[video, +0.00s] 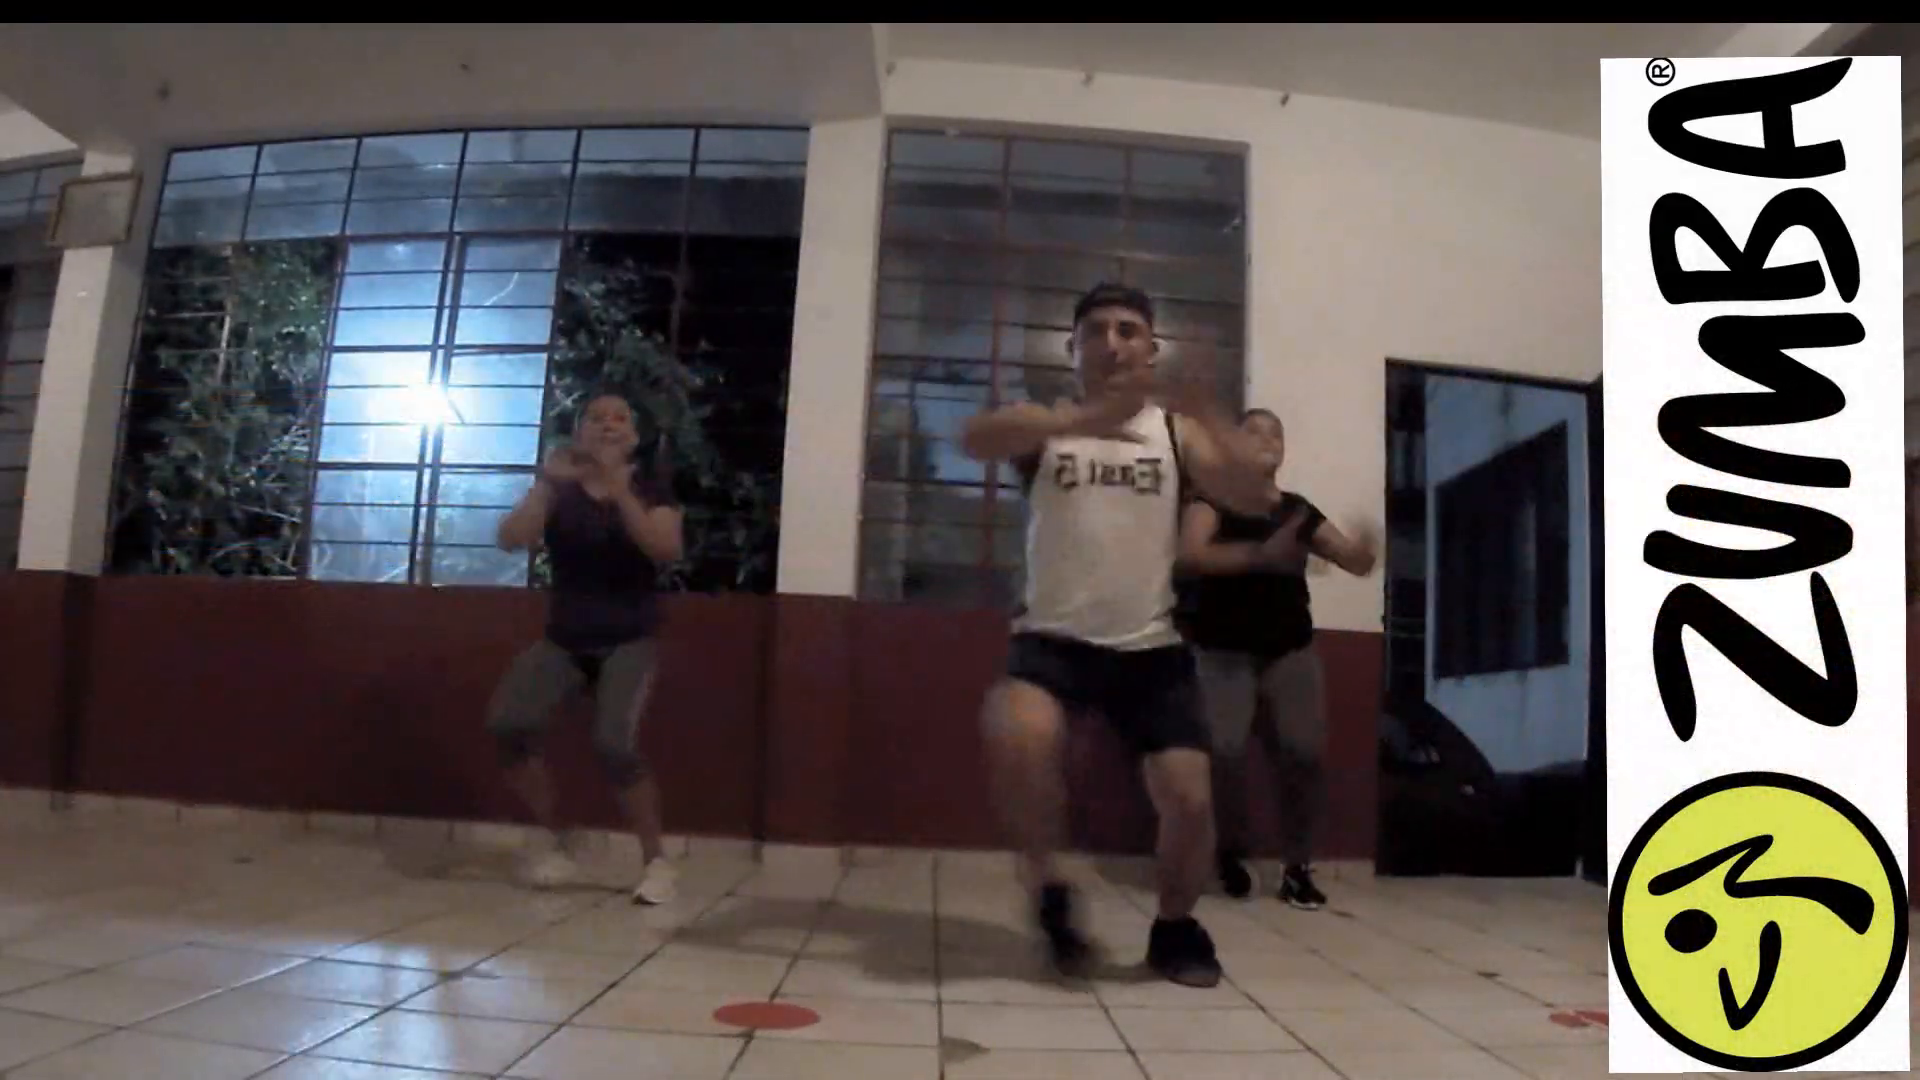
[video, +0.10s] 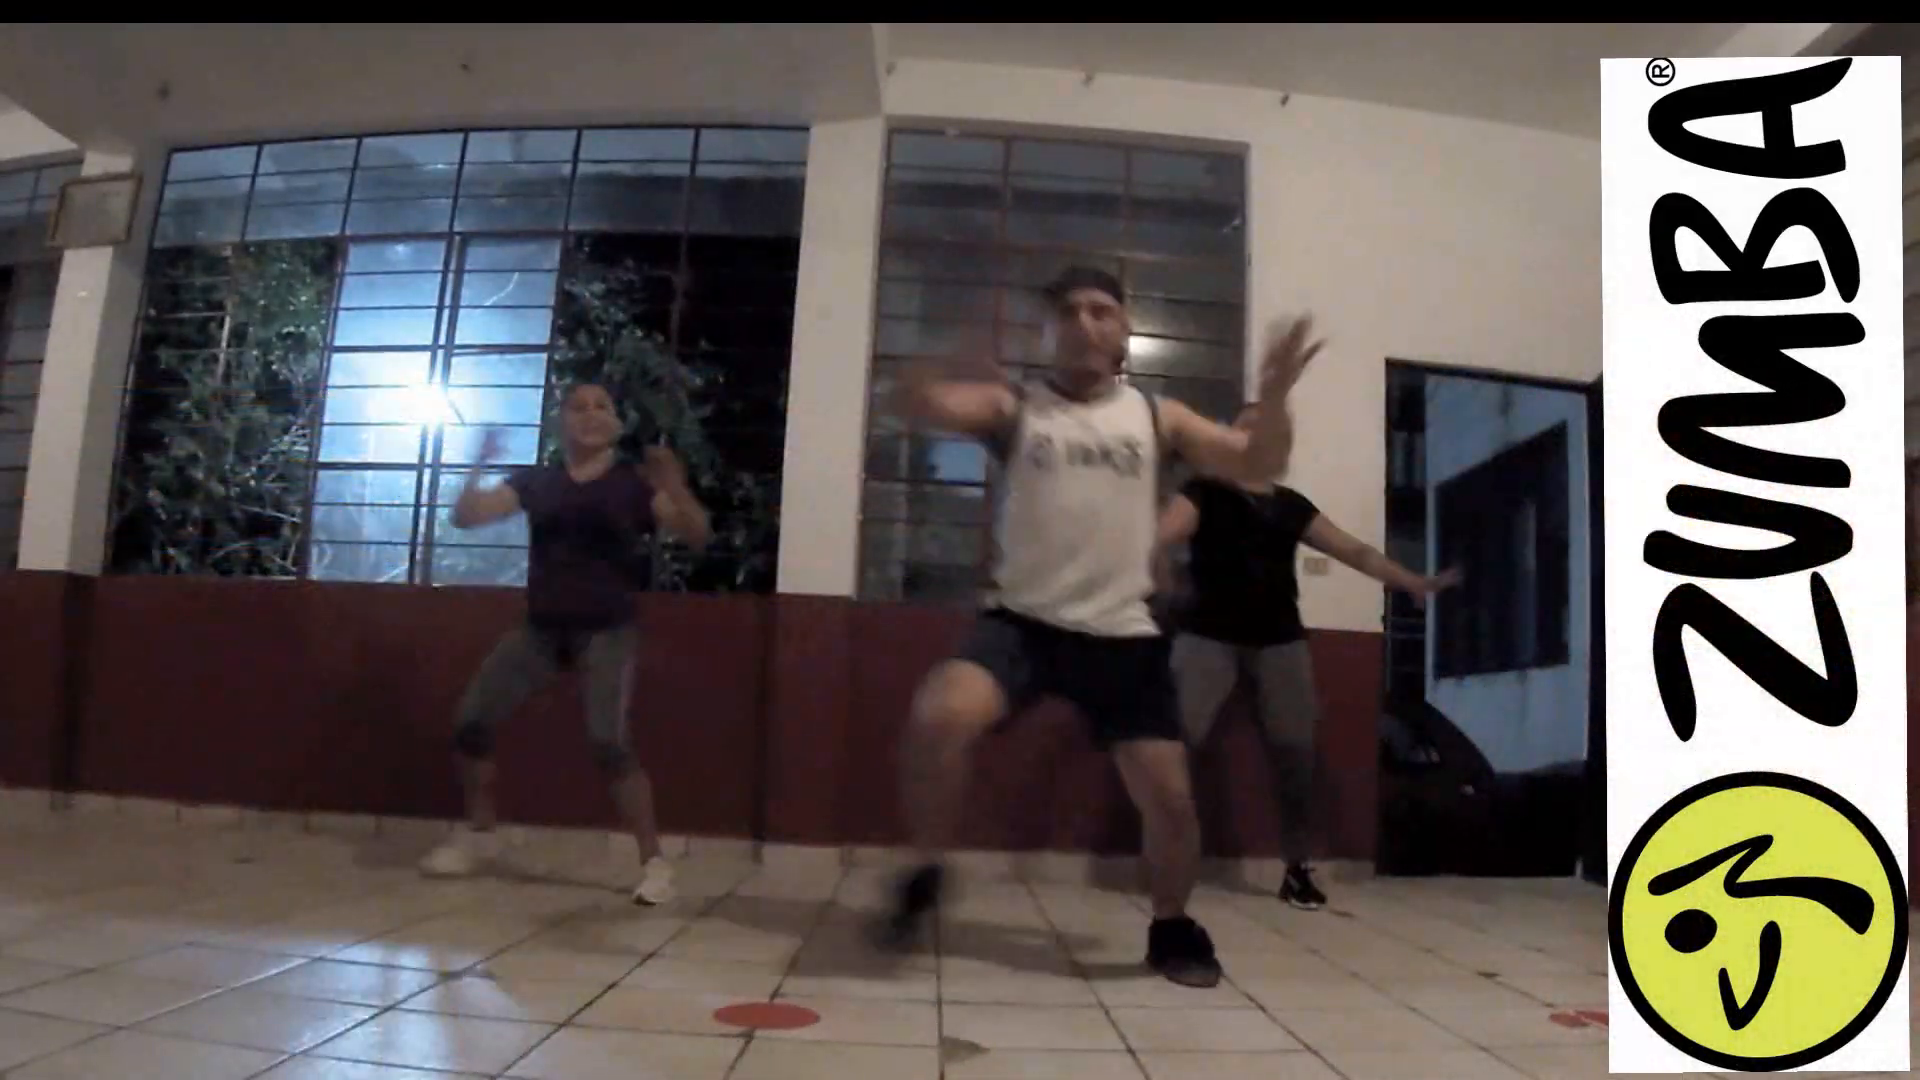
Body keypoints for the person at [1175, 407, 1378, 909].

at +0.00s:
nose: (1267, 443)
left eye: (1274, 436)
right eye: (1255, 434)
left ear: (1283, 449)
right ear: (1233, 444)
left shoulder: (1295, 511)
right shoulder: (1210, 502)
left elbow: (1356, 562)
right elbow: (1192, 555)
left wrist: (1363, 543)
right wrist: (1262, 554)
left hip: (1288, 648)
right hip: (1223, 648)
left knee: (1304, 753)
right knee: (1226, 754)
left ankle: (1297, 866)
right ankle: (1229, 855)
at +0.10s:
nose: (1259, 448)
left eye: (1268, 439)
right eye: (1249, 437)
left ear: (1279, 448)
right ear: (1230, 443)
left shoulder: (1289, 506)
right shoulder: (1203, 496)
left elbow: (1353, 551)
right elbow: (1159, 538)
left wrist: (1414, 583)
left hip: (1278, 642)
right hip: (1208, 638)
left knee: (1295, 749)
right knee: (1176, 749)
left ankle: (1298, 867)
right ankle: (1166, 863)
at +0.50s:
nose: (1169, 436)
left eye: (1178, 430)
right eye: (1160, 427)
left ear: (1189, 446)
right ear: (1141, 438)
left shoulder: (1192, 505)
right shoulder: (1109, 485)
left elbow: (1261, 537)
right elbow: (1054, 472)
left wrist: (1337, 537)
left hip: (1175, 638)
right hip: (1106, 637)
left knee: (1218, 741)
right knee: (1090, 747)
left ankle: (1254, 865)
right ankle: (1061, 858)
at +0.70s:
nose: (1147, 401)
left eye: (1155, 394)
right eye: (1135, 393)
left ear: (1166, 408)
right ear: (1114, 406)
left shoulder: (1183, 458)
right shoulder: (1097, 450)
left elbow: (1231, 510)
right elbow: (1032, 477)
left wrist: (1235, 534)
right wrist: (1072, 469)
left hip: (1171, 601)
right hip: (1105, 599)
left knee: (1167, 722)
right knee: (1093, 720)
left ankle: (1134, 825)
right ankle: (1075, 839)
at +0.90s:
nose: (1144, 439)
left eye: (1151, 430)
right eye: (1132, 431)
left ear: (1164, 443)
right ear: (1113, 446)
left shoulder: (1187, 506)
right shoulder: (1090, 504)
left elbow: (1214, 579)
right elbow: (1064, 564)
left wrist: (1173, 599)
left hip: (1160, 649)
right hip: (1093, 643)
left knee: (1162, 759)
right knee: (1093, 750)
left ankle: (1119, 843)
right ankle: (1083, 855)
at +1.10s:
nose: (1163, 416)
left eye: (1171, 409)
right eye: (1151, 409)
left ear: (1184, 423)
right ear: (1129, 425)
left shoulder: (1206, 475)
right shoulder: (1109, 486)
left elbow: (1276, 445)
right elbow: (1091, 557)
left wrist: (1262, 369)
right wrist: (1082, 608)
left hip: (1191, 627)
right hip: (1120, 628)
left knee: (1230, 725)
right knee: (1104, 732)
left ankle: (1245, 864)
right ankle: (1092, 856)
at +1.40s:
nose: (1204, 422)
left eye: (1212, 416)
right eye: (1192, 417)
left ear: (1226, 433)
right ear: (1171, 435)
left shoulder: (1250, 479)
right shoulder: (1158, 499)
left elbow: (1293, 392)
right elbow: (1127, 564)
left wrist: (1325, 310)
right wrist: (1144, 506)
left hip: (1257, 633)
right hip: (1179, 635)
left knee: (1284, 747)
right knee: (1113, 730)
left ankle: (1293, 888)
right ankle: (1131, 847)